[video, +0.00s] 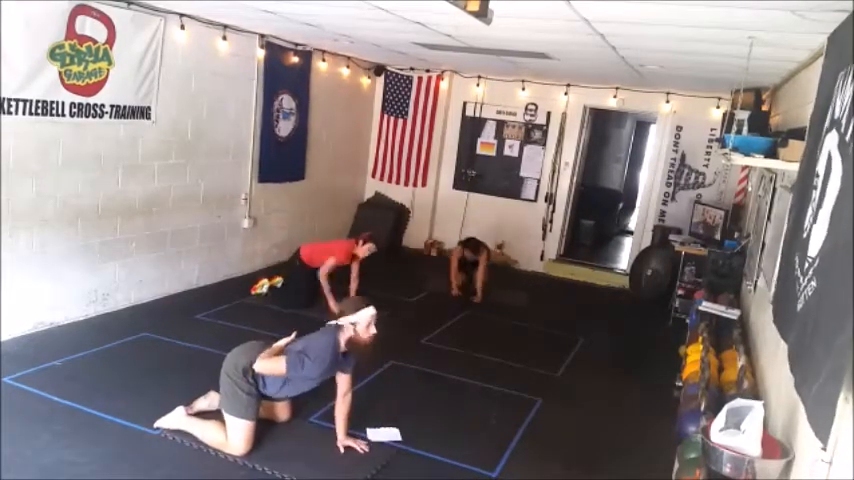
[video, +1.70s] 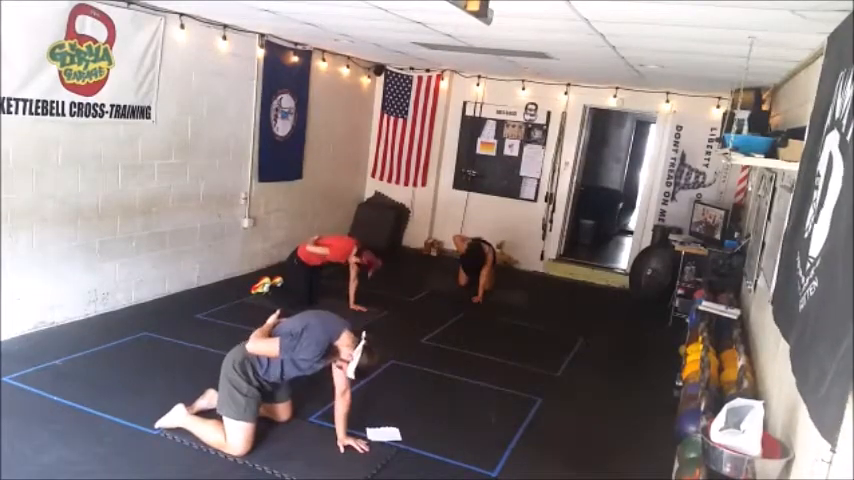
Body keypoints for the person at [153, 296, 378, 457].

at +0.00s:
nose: (374, 330)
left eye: (374, 323)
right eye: (371, 323)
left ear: (353, 322)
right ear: (354, 323)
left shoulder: (345, 348)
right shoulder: (320, 354)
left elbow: (344, 393)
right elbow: (260, 365)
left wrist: (343, 437)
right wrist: (282, 344)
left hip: (266, 358)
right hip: (241, 368)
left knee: (281, 410)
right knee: (237, 446)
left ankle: (217, 402)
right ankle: (180, 419)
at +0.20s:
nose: (375, 345)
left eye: (378, 340)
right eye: (375, 339)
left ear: (359, 327)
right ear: (360, 330)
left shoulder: (342, 344)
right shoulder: (318, 350)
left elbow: (343, 392)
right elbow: (258, 362)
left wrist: (341, 436)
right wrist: (277, 343)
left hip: (265, 366)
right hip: (240, 369)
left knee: (281, 412)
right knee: (237, 445)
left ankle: (216, 402)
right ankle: (180, 420)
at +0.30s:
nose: (365, 363)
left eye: (370, 361)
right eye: (367, 358)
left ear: (362, 338)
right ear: (361, 344)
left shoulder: (345, 339)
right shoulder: (316, 351)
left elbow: (343, 392)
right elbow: (257, 360)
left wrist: (341, 435)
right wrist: (277, 342)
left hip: (269, 367)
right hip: (241, 370)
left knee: (281, 412)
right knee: (238, 445)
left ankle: (217, 401)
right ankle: (181, 420)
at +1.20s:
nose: (381, 349)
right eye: (379, 343)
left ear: (363, 332)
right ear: (364, 336)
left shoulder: (347, 339)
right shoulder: (323, 360)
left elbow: (345, 393)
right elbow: (265, 374)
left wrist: (342, 435)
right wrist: (279, 343)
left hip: (266, 355)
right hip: (242, 369)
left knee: (282, 412)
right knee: (237, 446)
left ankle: (219, 400)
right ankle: (183, 417)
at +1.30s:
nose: (377, 326)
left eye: (377, 320)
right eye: (371, 321)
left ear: (358, 322)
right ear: (352, 321)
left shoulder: (348, 348)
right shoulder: (322, 350)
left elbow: (344, 394)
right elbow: (263, 371)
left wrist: (342, 436)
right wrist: (280, 344)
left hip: (267, 359)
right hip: (242, 367)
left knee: (281, 411)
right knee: (237, 446)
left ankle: (217, 400)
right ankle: (182, 417)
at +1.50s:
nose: (373, 317)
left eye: (373, 312)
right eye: (368, 313)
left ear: (356, 319)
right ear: (347, 317)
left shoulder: (348, 349)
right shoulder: (319, 344)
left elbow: (344, 393)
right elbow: (261, 366)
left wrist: (342, 436)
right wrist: (280, 342)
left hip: (270, 363)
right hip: (243, 368)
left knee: (281, 411)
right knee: (237, 446)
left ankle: (216, 400)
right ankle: (182, 417)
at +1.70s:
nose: (346, 366)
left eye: (349, 364)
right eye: (349, 362)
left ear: (354, 347)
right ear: (354, 353)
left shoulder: (344, 339)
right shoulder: (311, 343)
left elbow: (342, 392)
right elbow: (252, 345)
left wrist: (343, 435)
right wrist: (268, 325)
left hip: (273, 368)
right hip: (244, 367)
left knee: (282, 412)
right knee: (236, 446)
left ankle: (217, 400)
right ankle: (182, 418)